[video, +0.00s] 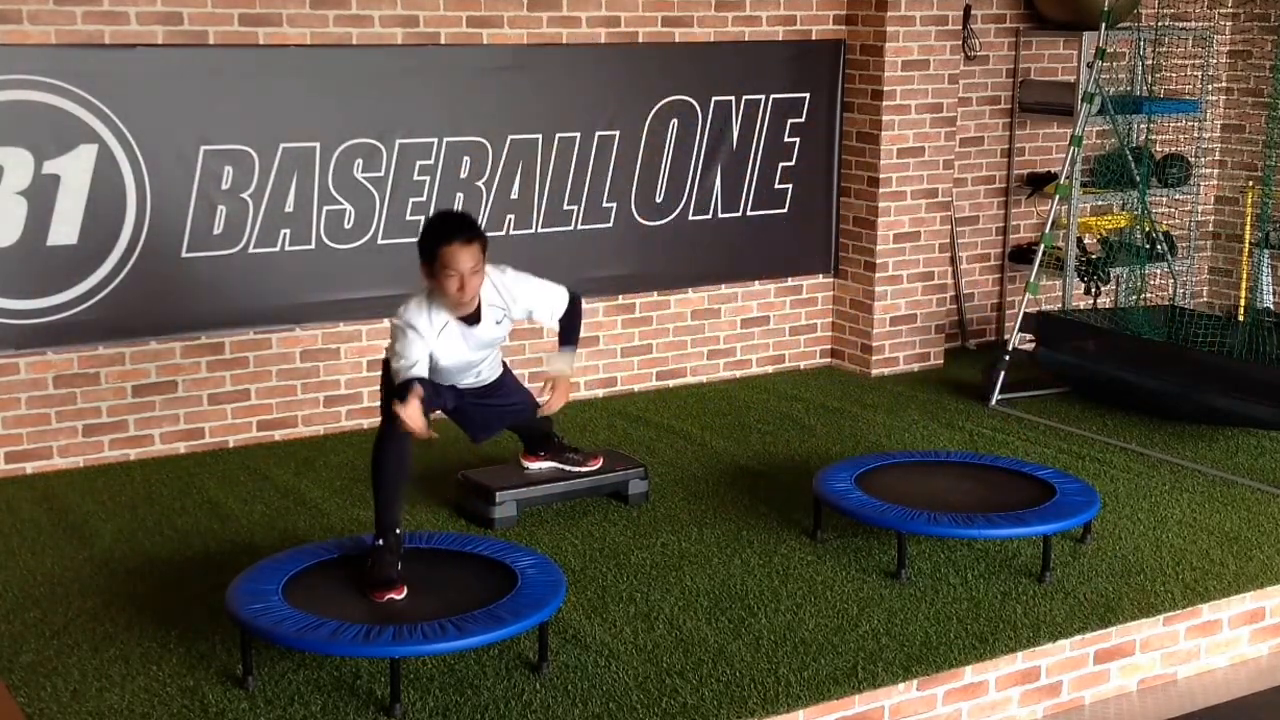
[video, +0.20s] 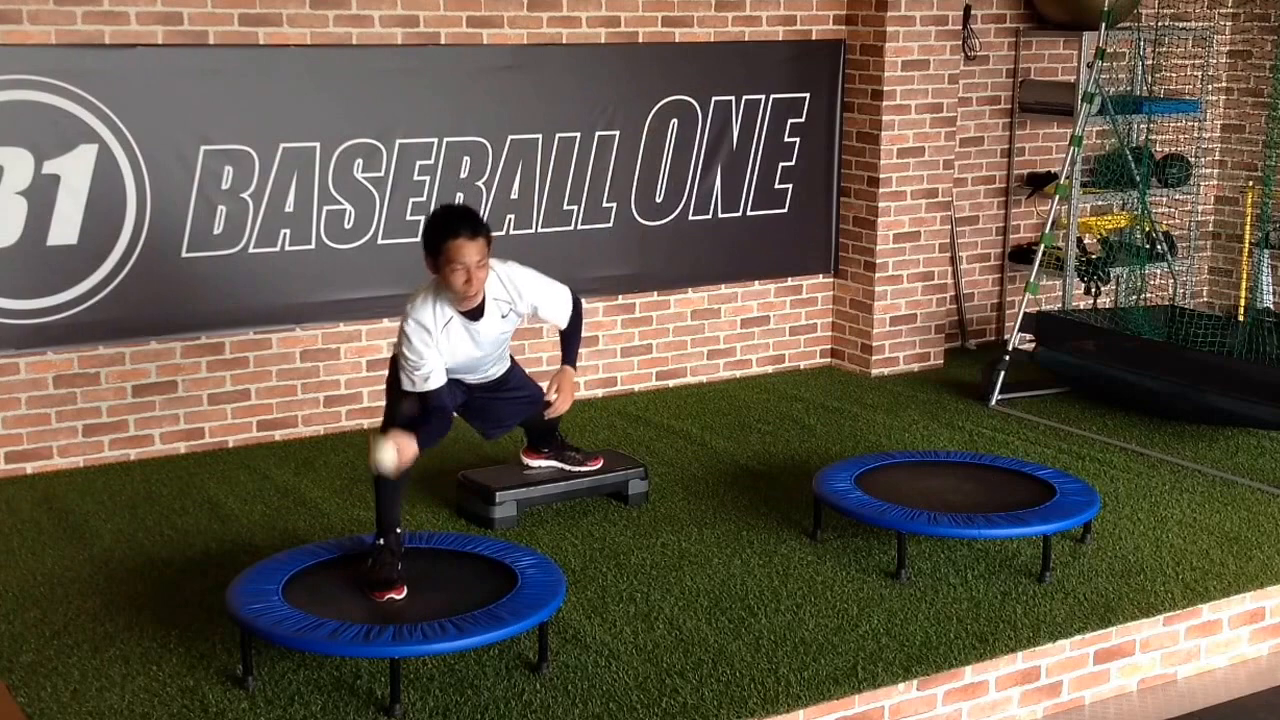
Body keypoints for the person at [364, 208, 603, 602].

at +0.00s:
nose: (464, 285)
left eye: (474, 272)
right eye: (451, 275)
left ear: (484, 264)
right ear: (428, 273)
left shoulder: (504, 287)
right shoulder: (414, 317)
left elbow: (570, 303)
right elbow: (408, 374)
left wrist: (562, 368)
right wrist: (412, 403)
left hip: (484, 373)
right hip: (425, 379)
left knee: (527, 414)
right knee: (397, 423)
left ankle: (542, 446)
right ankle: (387, 542)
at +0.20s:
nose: (472, 278)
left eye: (480, 264)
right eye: (458, 268)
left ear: (489, 255)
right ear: (434, 266)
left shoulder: (512, 281)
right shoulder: (422, 319)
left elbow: (570, 305)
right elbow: (437, 406)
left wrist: (568, 367)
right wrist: (413, 437)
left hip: (494, 368)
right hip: (428, 378)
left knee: (537, 408)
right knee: (393, 444)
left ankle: (544, 446)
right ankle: (387, 544)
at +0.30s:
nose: (497, 255)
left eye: (503, 242)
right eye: (482, 246)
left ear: (512, 238)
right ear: (457, 247)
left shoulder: (530, 269)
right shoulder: (442, 304)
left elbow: (570, 301)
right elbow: (449, 399)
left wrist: (575, 360)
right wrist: (449, 475)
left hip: (491, 356)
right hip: (427, 363)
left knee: (547, 404)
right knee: (413, 418)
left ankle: (545, 445)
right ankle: (389, 542)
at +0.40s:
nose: (533, 224)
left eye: (536, 212)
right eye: (519, 216)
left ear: (542, 211)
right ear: (488, 222)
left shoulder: (548, 248)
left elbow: (567, 294)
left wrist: (582, 341)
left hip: (493, 345)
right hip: (435, 350)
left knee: (557, 396)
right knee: (431, 419)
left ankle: (546, 442)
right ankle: (391, 543)